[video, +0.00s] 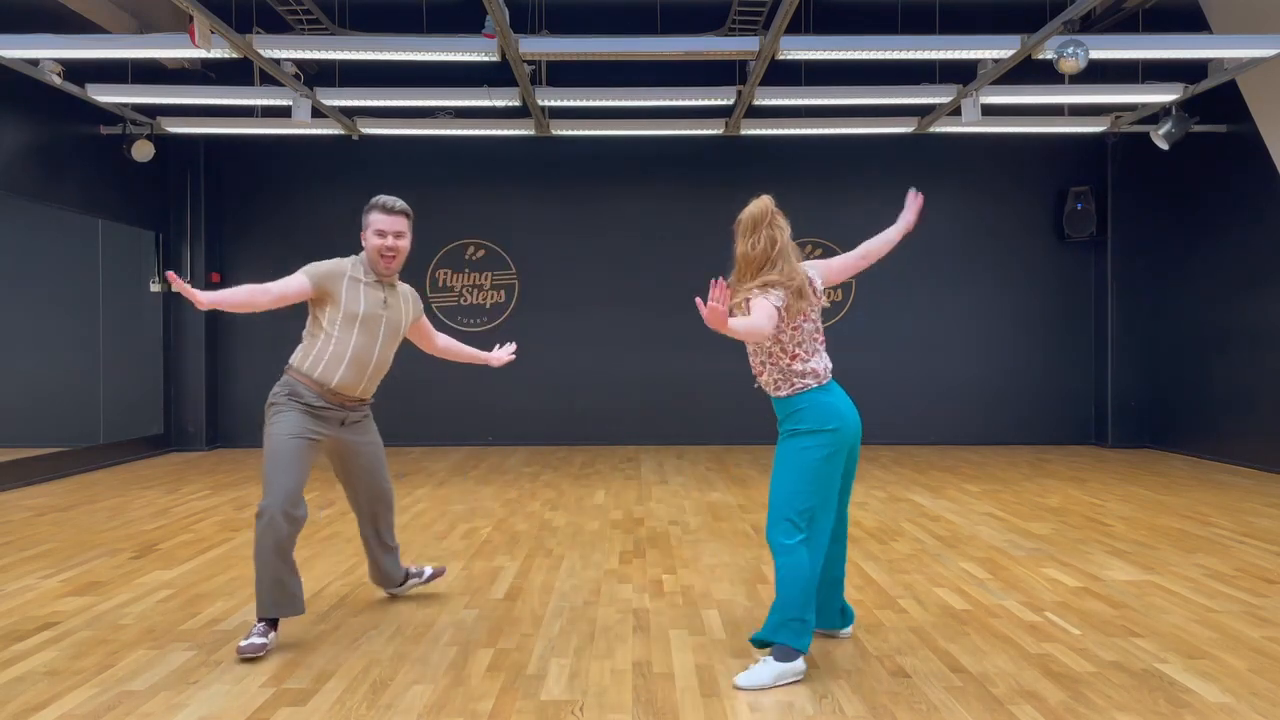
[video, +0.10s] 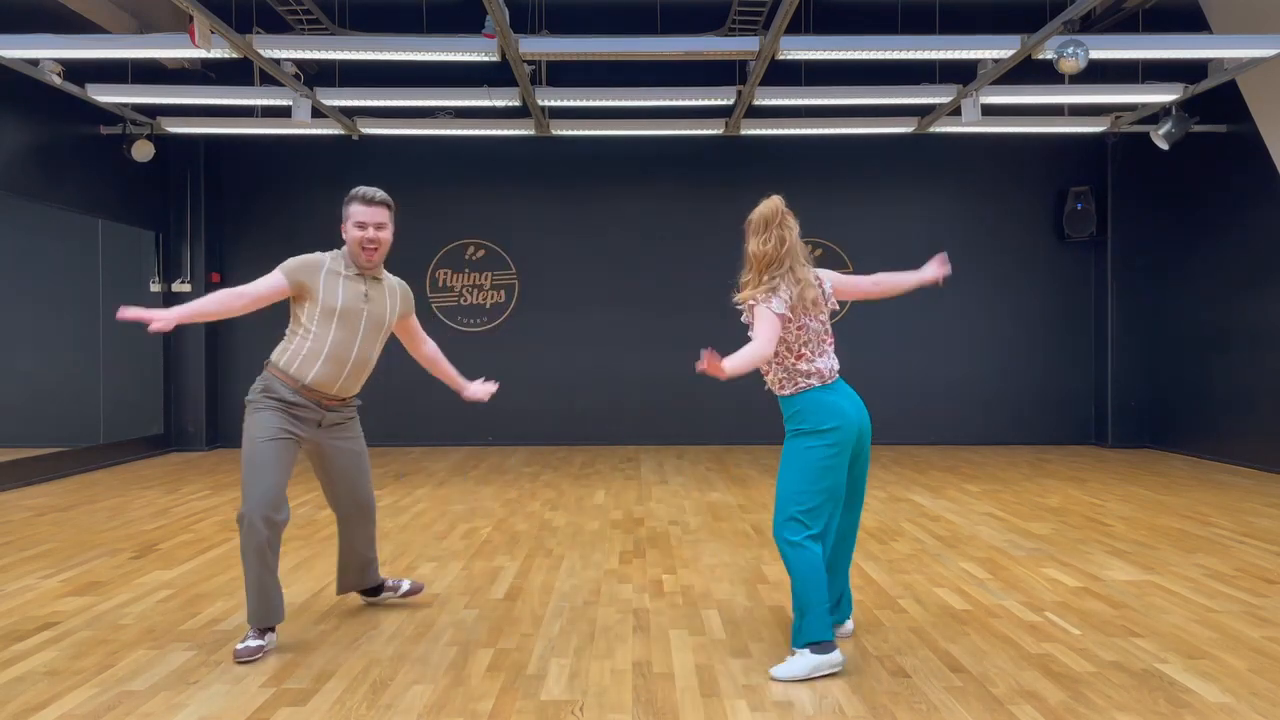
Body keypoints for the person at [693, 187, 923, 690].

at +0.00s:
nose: (738, 248)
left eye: (740, 240)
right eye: (746, 240)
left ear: (745, 244)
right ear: (785, 239)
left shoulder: (764, 289)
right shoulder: (808, 273)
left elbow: (762, 327)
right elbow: (859, 257)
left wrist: (721, 324)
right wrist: (903, 225)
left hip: (809, 422)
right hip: (837, 414)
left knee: (788, 530)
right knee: (828, 522)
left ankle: (788, 652)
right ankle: (830, 613)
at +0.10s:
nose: (748, 247)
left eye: (749, 240)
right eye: (753, 238)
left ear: (755, 243)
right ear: (794, 240)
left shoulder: (765, 294)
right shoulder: (818, 279)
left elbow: (763, 346)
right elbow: (873, 284)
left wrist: (724, 368)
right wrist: (926, 274)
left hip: (814, 419)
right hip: (848, 410)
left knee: (794, 529)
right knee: (838, 523)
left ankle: (817, 648)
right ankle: (837, 616)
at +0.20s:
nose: (760, 246)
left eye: (760, 239)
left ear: (763, 243)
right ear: (804, 240)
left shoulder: (764, 299)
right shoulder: (826, 284)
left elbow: (764, 366)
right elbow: (868, 326)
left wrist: (740, 425)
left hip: (812, 415)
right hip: (853, 405)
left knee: (801, 527)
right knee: (848, 514)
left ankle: (852, 634)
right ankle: (838, 602)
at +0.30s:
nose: (770, 244)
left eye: (769, 237)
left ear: (769, 242)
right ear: (812, 239)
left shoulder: (763, 296)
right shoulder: (838, 287)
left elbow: (764, 373)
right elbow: (848, 354)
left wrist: (764, 421)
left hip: (807, 409)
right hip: (853, 400)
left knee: (808, 525)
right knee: (851, 514)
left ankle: (871, 612)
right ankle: (842, 608)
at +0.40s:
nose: (778, 239)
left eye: (773, 232)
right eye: (803, 230)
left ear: (771, 236)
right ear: (815, 234)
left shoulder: (761, 287)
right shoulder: (837, 280)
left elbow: (757, 357)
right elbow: (846, 323)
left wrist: (747, 361)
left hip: (800, 406)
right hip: (850, 397)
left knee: (795, 513)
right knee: (850, 509)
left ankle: (861, 557)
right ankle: (845, 612)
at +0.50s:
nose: (769, 233)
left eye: (769, 228)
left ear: (772, 231)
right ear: (812, 229)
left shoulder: (757, 278)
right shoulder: (831, 269)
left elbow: (755, 314)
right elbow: (839, 308)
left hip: (786, 392)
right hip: (838, 388)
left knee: (781, 485)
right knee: (844, 497)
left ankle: (832, 502)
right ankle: (845, 604)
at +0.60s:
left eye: (774, 232)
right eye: (805, 231)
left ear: (766, 236)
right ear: (808, 236)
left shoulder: (748, 281)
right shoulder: (825, 276)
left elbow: (754, 332)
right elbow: (833, 317)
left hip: (771, 394)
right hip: (822, 393)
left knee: (770, 479)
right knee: (831, 494)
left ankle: (797, 520)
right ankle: (830, 602)